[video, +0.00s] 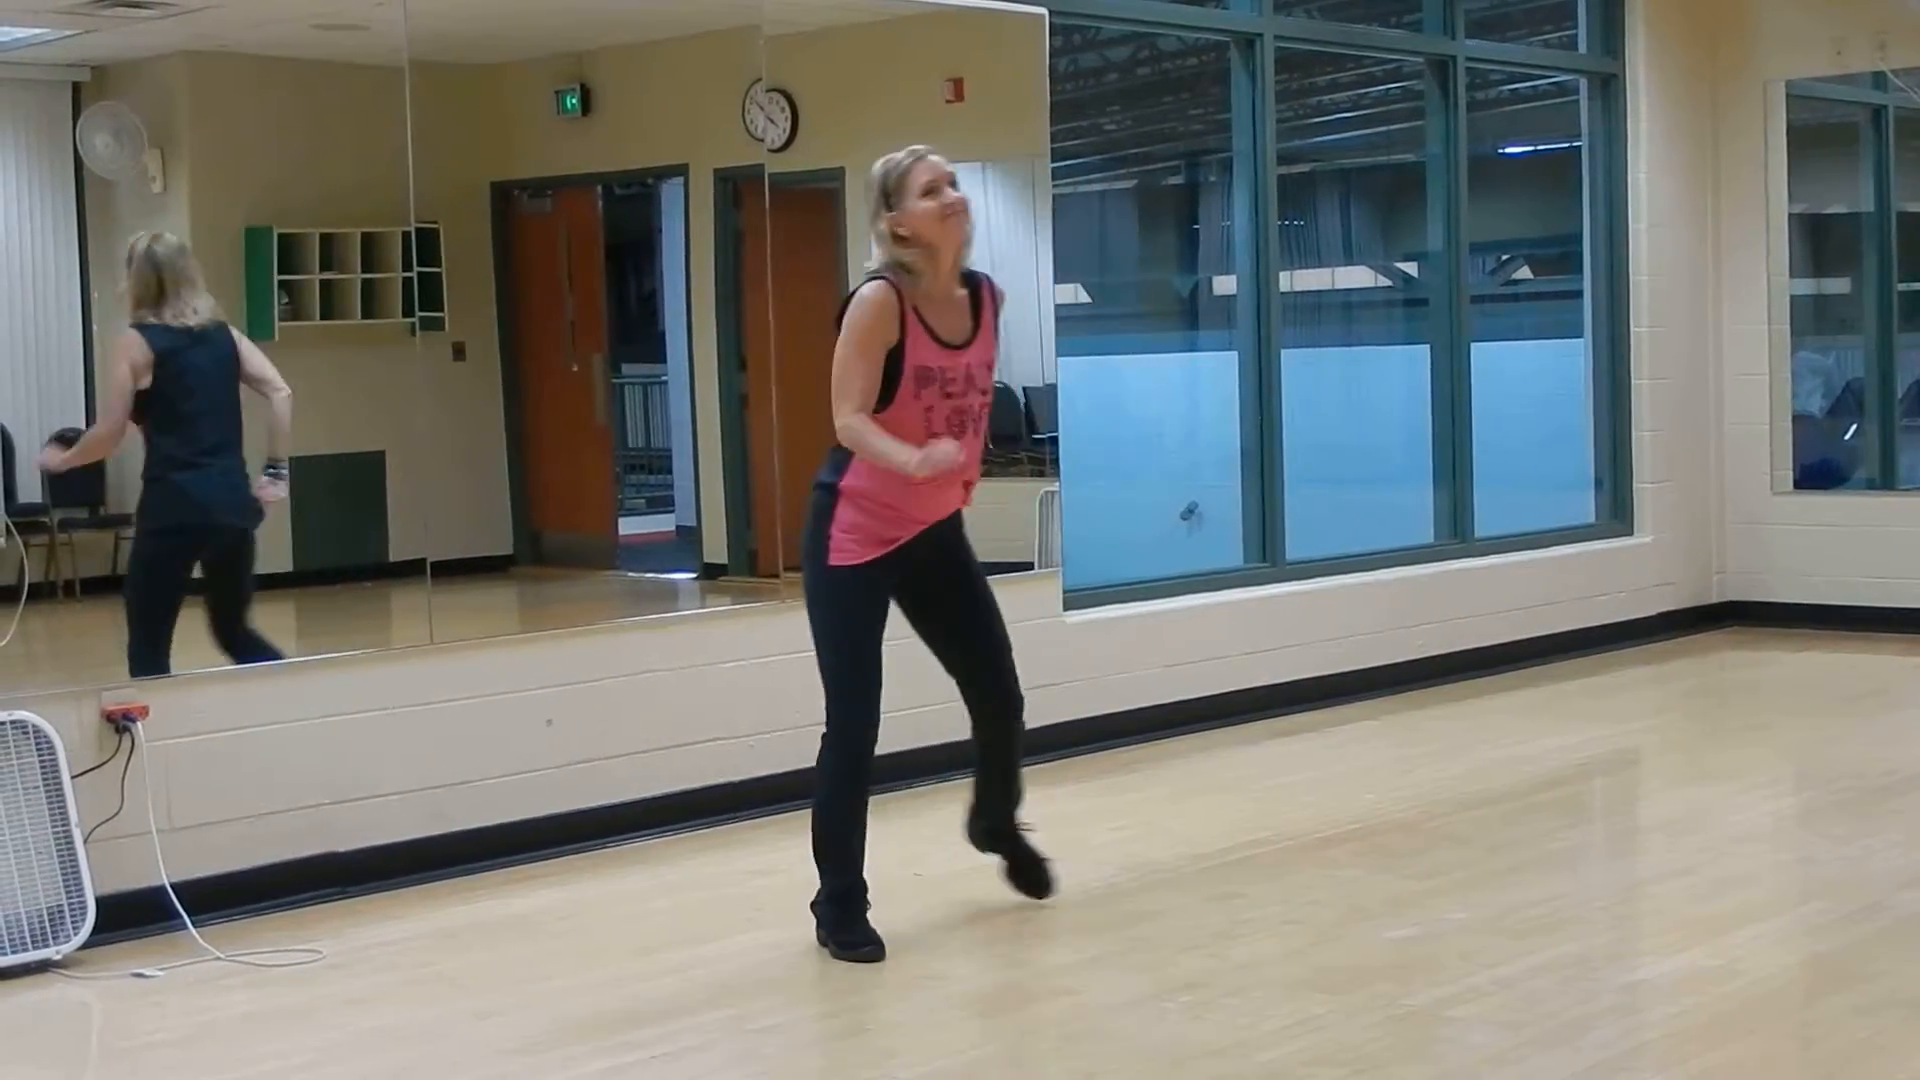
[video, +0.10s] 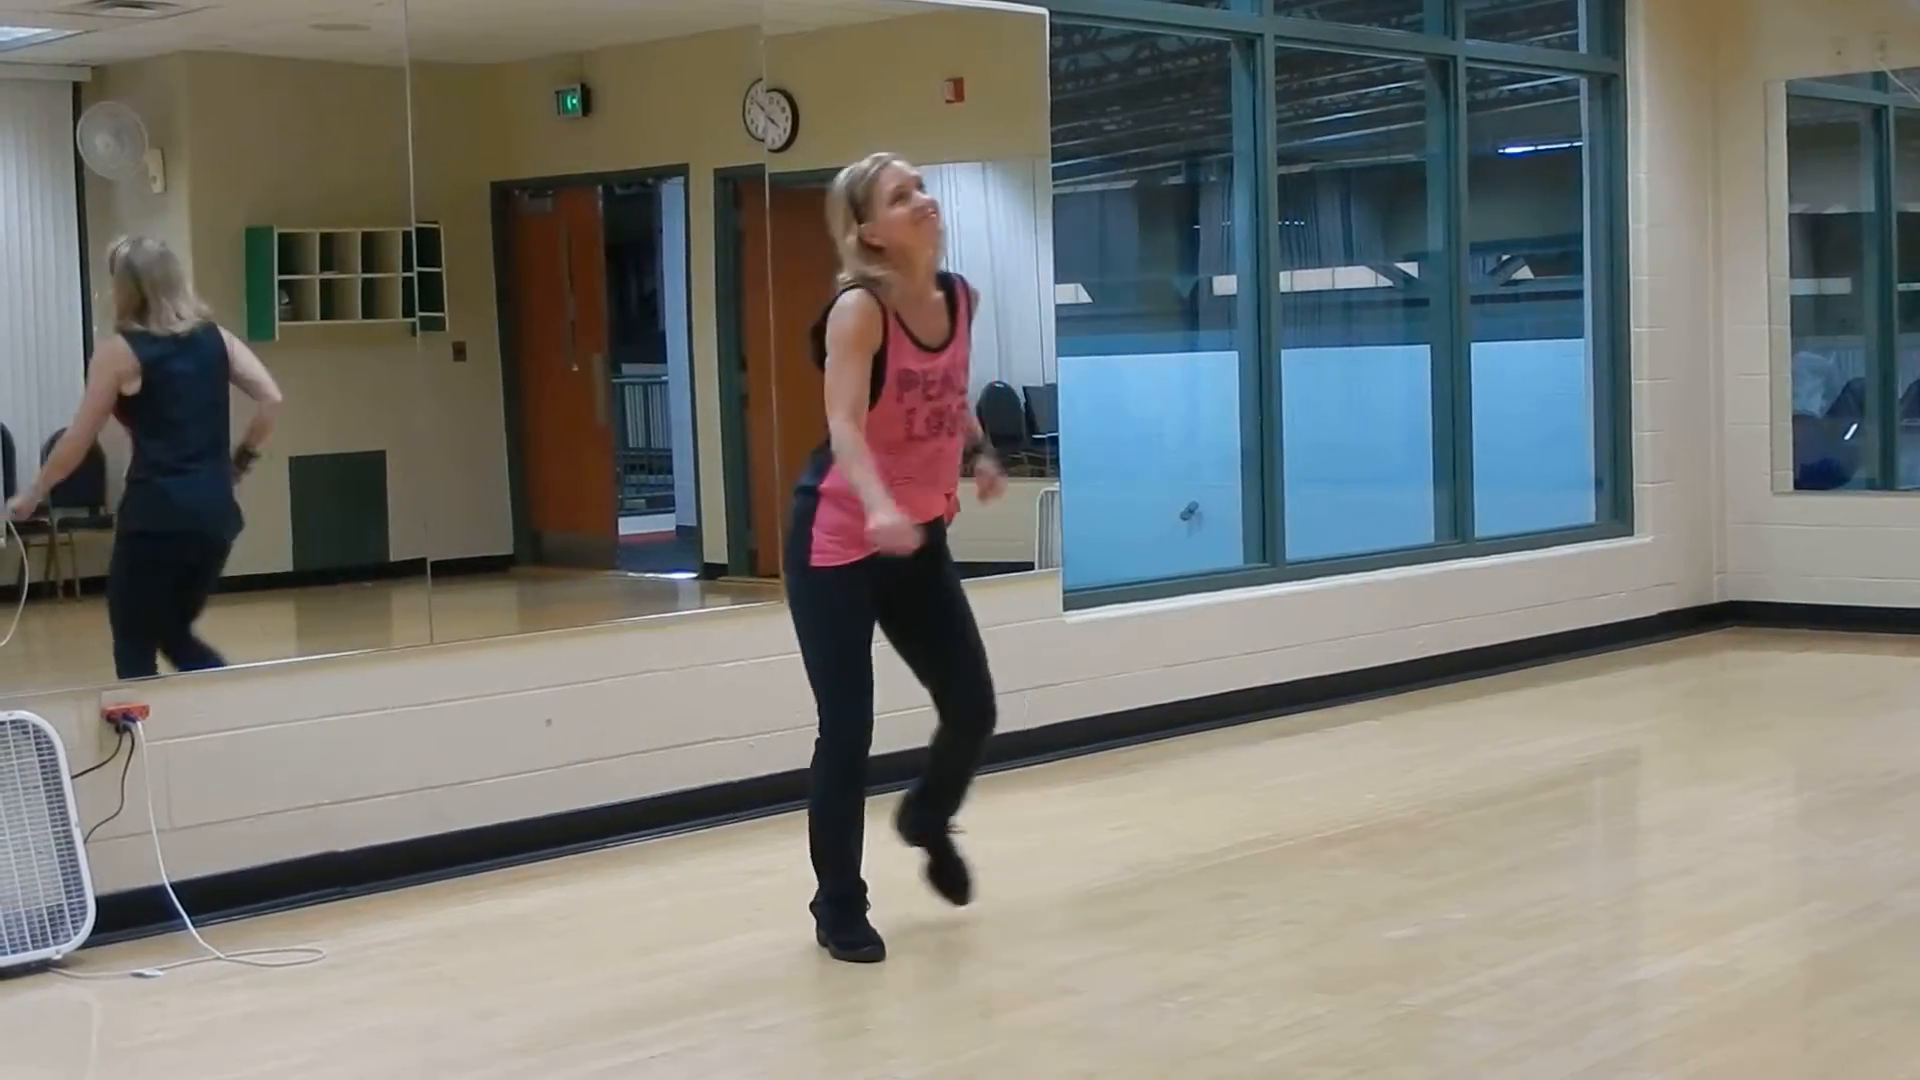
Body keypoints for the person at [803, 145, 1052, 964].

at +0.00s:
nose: (955, 196)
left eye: (954, 184)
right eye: (933, 191)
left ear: (964, 205)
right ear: (896, 223)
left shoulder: (983, 296)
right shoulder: (878, 303)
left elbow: (962, 400)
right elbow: (847, 419)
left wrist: (961, 462)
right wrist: (916, 458)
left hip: (931, 529)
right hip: (852, 533)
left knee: (997, 692)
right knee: (853, 723)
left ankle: (994, 823)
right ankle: (839, 907)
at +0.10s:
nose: (924, 198)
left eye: (922, 186)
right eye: (902, 196)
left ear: (933, 207)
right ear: (869, 233)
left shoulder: (958, 296)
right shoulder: (860, 312)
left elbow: (944, 400)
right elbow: (843, 426)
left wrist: (977, 453)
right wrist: (878, 504)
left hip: (913, 537)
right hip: (836, 539)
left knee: (972, 711)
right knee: (846, 729)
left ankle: (926, 819)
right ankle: (838, 910)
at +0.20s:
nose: (901, 203)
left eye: (898, 192)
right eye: (878, 202)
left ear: (908, 216)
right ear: (847, 242)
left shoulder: (937, 305)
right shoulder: (842, 322)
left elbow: (918, 413)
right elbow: (821, 438)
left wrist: (981, 409)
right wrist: (821, 546)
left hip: (900, 545)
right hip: (820, 547)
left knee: (942, 718)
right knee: (838, 730)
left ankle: (883, 841)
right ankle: (834, 904)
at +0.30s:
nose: (881, 197)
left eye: (882, 186)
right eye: (857, 195)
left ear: (897, 211)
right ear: (828, 234)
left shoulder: (925, 300)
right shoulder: (825, 319)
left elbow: (939, 410)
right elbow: (786, 443)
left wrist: (988, 360)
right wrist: (769, 555)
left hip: (899, 547)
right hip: (818, 556)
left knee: (918, 729)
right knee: (838, 734)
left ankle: (870, 874)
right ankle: (837, 905)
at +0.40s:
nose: (864, 179)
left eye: (868, 169)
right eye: (842, 175)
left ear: (883, 191)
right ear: (810, 211)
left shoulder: (916, 276)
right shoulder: (797, 298)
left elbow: (952, 379)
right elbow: (747, 409)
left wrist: (997, 339)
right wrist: (736, 521)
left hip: (893, 523)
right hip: (809, 531)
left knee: (910, 713)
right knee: (833, 720)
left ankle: (870, 871)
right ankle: (836, 899)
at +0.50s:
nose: (848, 169)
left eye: (854, 160)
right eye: (827, 162)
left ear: (869, 184)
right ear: (789, 196)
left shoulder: (897, 254)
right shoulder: (765, 288)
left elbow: (954, 347)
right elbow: (706, 395)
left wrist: (1007, 349)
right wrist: (718, 499)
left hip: (888, 510)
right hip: (804, 522)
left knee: (890, 708)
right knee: (815, 710)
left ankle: (868, 876)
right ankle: (799, 887)